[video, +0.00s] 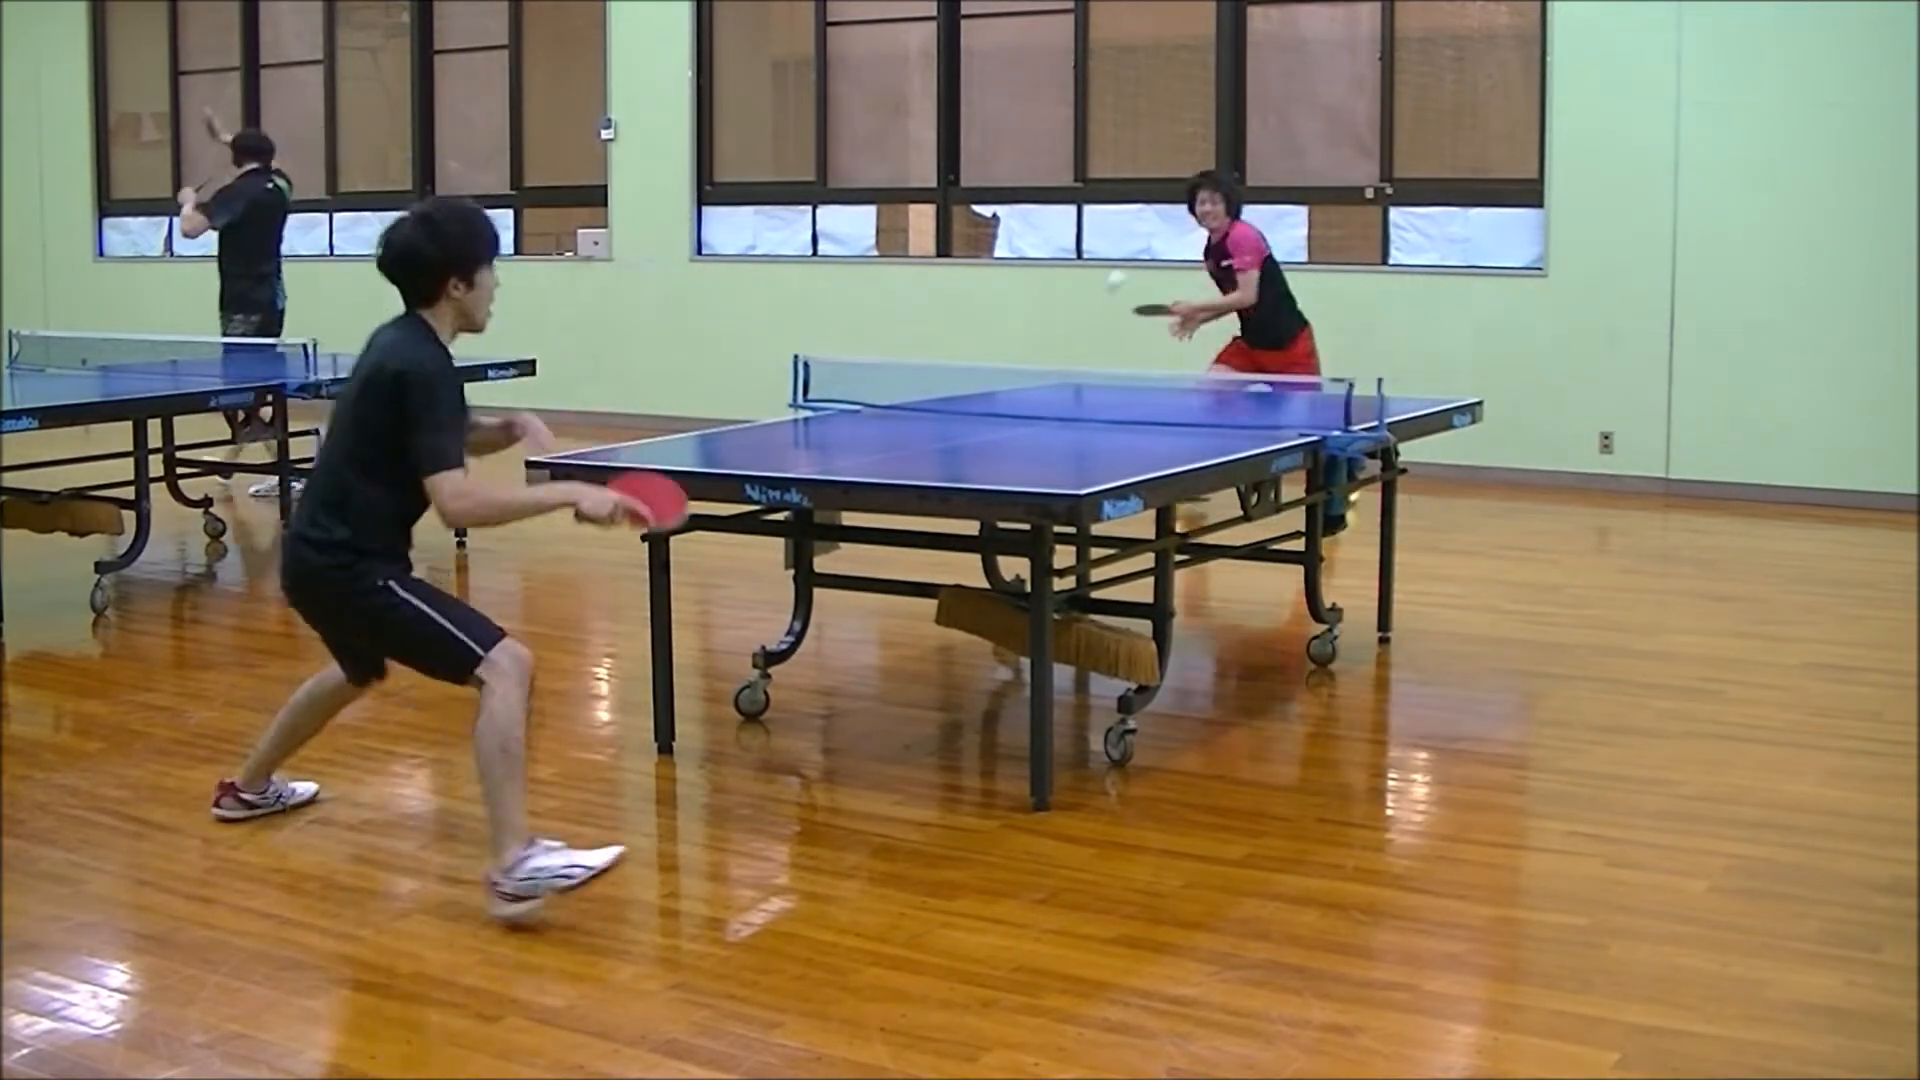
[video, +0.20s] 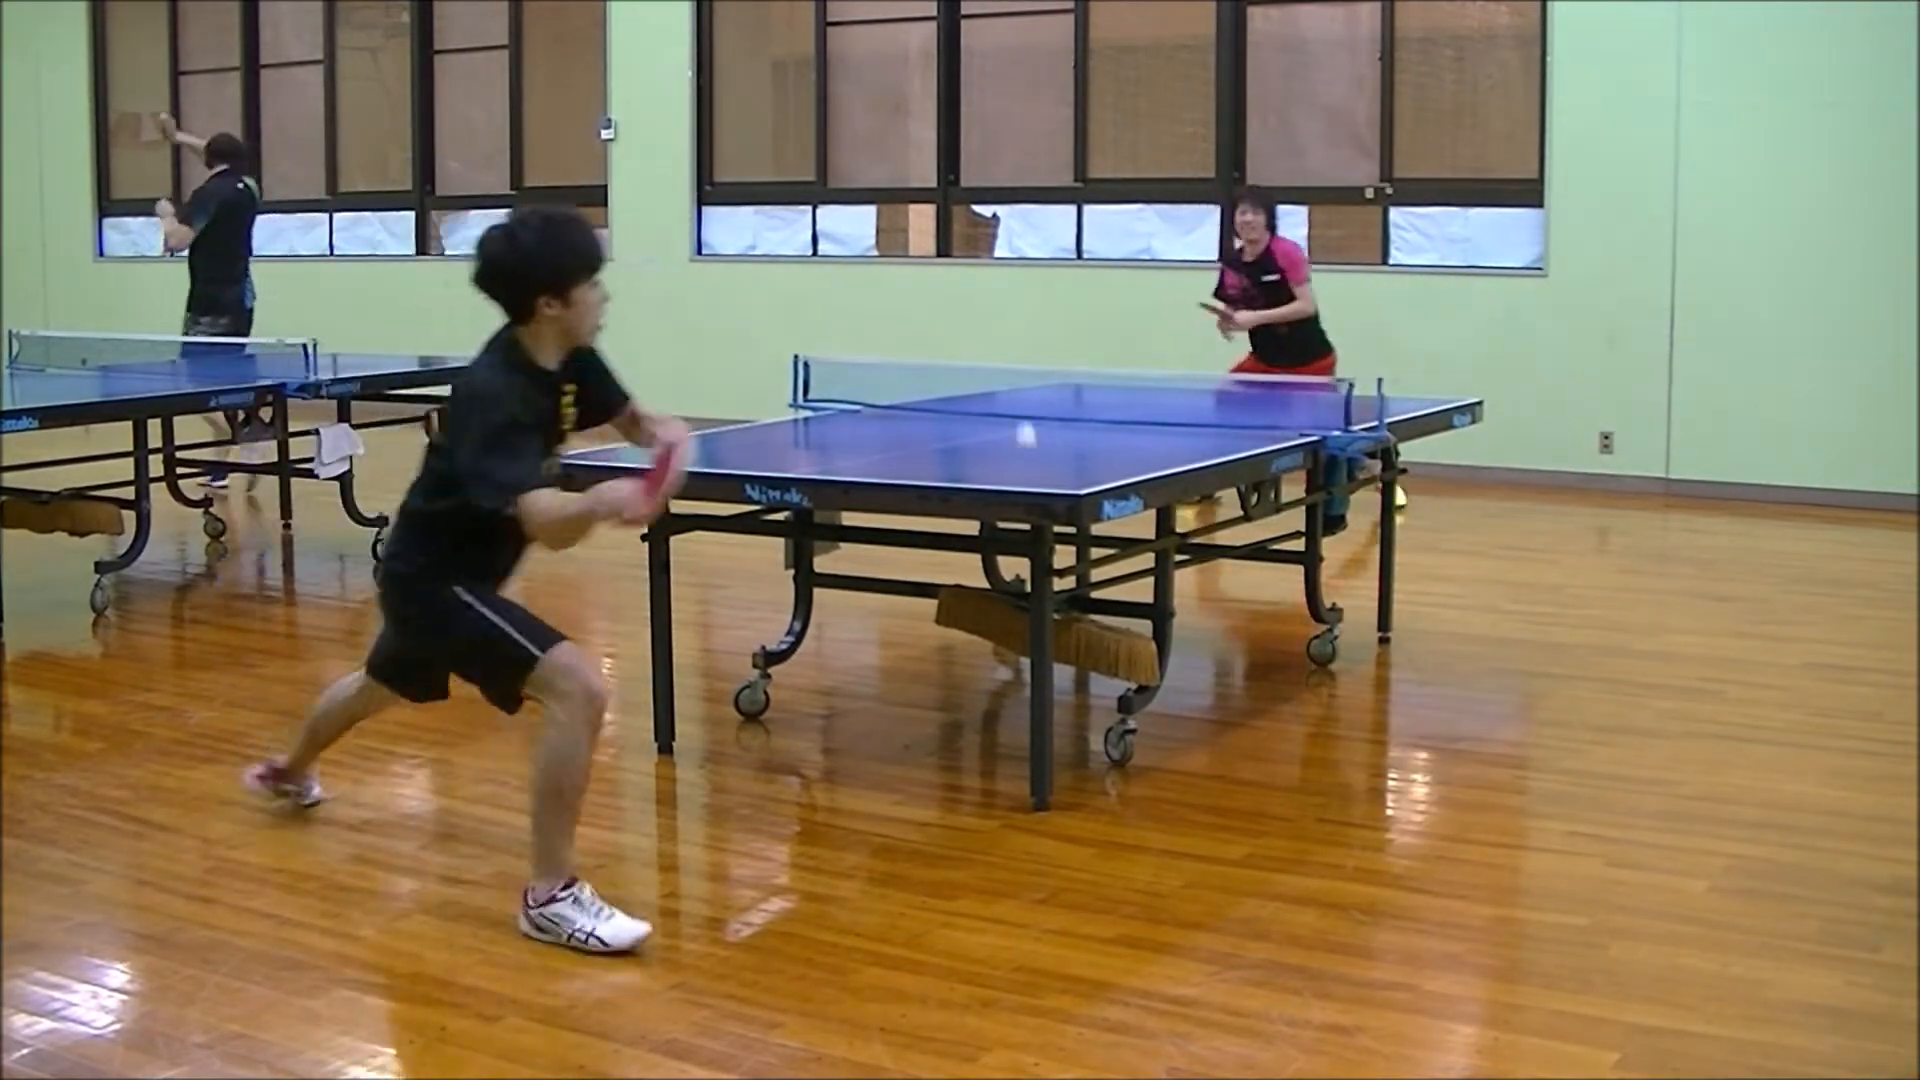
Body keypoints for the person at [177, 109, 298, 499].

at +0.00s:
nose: (234, 155)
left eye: (235, 151)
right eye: (236, 152)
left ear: (238, 157)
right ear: (267, 156)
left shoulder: (239, 192)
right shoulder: (280, 185)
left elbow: (191, 227)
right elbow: (258, 159)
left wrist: (188, 201)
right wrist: (226, 136)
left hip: (243, 304)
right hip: (270, 298)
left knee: (236, 383)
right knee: (263, 372)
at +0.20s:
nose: (204, 155)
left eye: (205, 152)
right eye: (206, 152)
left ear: (210, 158)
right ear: (238, 158)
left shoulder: (211, 193)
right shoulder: (248, 186)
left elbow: (177, 240)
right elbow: (214, 151)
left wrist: (166, 216)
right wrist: (177, 136)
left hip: (210, 305)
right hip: (238, 300)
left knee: (190, 387)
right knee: (227, 383)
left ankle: (246, 440)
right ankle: (219, 467)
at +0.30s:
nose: (186, 155)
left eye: (189, 151)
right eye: (188, 151)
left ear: (196, 156)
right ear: (222, 156)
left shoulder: (201, 188)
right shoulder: (234, 184)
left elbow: (175, 240)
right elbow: (188, 151)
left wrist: (156, 217)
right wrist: (152, 134)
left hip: (195, 303)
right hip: (225, 302)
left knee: (165, 377)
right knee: (209, 383)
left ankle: (213, 436)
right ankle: (218, 479)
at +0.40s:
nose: (171, 154)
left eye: (174, 151)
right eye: (173, 151)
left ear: (183, 157)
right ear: (203, 155)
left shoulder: (189, 186)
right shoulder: (216, 181)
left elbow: (164, 240)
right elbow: (169, 149)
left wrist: (145, 217)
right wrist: (130, 132)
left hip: (181, 300)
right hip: (212, 300)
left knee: (150, 371)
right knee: (214, 386)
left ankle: (162, 457)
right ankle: (219, 466)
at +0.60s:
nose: (133, 166)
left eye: (134, 161)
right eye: (133, 161)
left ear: (146, 162)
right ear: (166, 159)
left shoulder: (152, 194)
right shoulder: (184, 189)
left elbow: (122, 244)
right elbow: (135, 162)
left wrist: (112, 211)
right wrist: (101, 147)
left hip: (146, 307)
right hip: (180, 305)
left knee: (127, 385)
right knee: (194, 385)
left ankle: (128, 459)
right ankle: (215, 453)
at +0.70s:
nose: (108, 173)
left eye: (111, 166)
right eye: (108, 167)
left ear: (125, 164)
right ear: (146, 163)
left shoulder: (133, 194)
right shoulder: (167, 192)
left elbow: (100, 243)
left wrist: (96, 203)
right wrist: (108, 186)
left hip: (127, 307)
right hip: (157, 305)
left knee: (116, 385)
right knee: (158, 378)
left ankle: (127, 460)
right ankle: (195, 436)